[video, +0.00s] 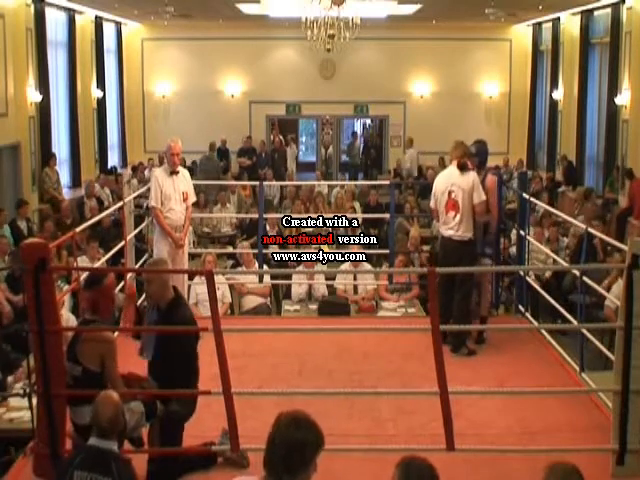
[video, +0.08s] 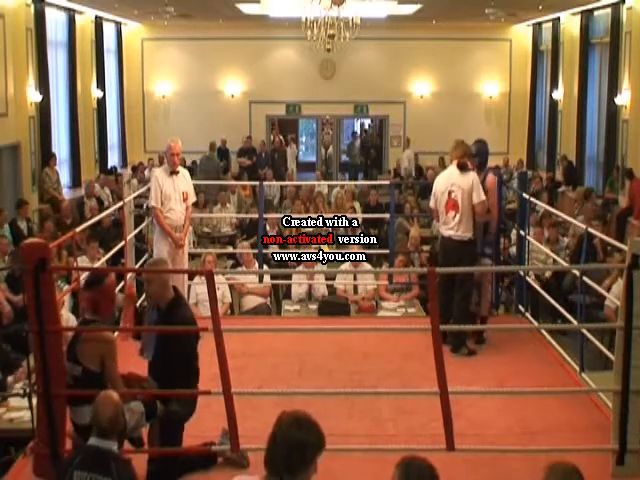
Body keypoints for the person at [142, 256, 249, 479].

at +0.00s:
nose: (145, 288)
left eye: (149, 282)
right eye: (144, 281)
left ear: (165, 281)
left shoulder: (180, 318)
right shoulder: (155, 308)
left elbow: (182, 369)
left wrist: (173, 406)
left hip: (175, 399)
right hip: (160, 393)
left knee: (162, 469)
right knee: (157, 467)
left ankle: (217, 451)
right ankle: (215, 449)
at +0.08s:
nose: (145, 287)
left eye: (150, 282)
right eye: (144, 281)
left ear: (165, 282)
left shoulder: (180, 317)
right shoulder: (155, 308)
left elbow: (182, 368)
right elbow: (139, 336)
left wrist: (173, 405)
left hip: (176, 398)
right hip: (160, 393)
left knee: (162, 469)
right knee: (157, 467)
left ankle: (217, 451)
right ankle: (215, 449)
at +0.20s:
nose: (146, 288)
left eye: (150, 282)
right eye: (145, 281)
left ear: (166, 282)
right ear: (150, 281)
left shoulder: (181, 319)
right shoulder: (157, 308)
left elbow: (183, 370)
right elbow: (156, 358)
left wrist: (174, 407)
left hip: (175, 399)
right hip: (160, 394)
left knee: (162, 470)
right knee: (157, 467)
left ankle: (217, 451)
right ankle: (215, 449)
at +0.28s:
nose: (146, 288)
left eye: (150, 282)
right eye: (145, 282)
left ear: (166, 282)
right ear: (151, 281)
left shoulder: (181, 319)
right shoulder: (156, 308)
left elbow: (185, 371)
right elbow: (150, 347)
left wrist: (174, 408)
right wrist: (138, 327)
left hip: (176, 399)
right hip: (160, 393)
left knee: (161, 470)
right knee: (158, 467)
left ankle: (216, 451)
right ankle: (215, 449)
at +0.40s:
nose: (145, 288)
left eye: (150, 282)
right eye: (145, 282)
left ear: (166, 282)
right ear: (161, 283)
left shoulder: (181, 319)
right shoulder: (156, 307)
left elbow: (185, 372)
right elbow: (150, 350)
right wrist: (136, 325)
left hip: (176, 399)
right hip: (160, 393)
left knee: (160, 470)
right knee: (159, 467)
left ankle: (217, 451)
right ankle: (215, 450)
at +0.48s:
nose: (146, 288)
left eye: (150, 282)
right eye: (145, 282)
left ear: (166, 282)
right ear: (159, 282)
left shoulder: (181, 319)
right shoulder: (156, 308)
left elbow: (184, 372)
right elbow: (150, 352)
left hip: (176, 399)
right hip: (160, 394)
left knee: (161, 469)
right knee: (159, 467)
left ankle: (217, 451)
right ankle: (215, 450)